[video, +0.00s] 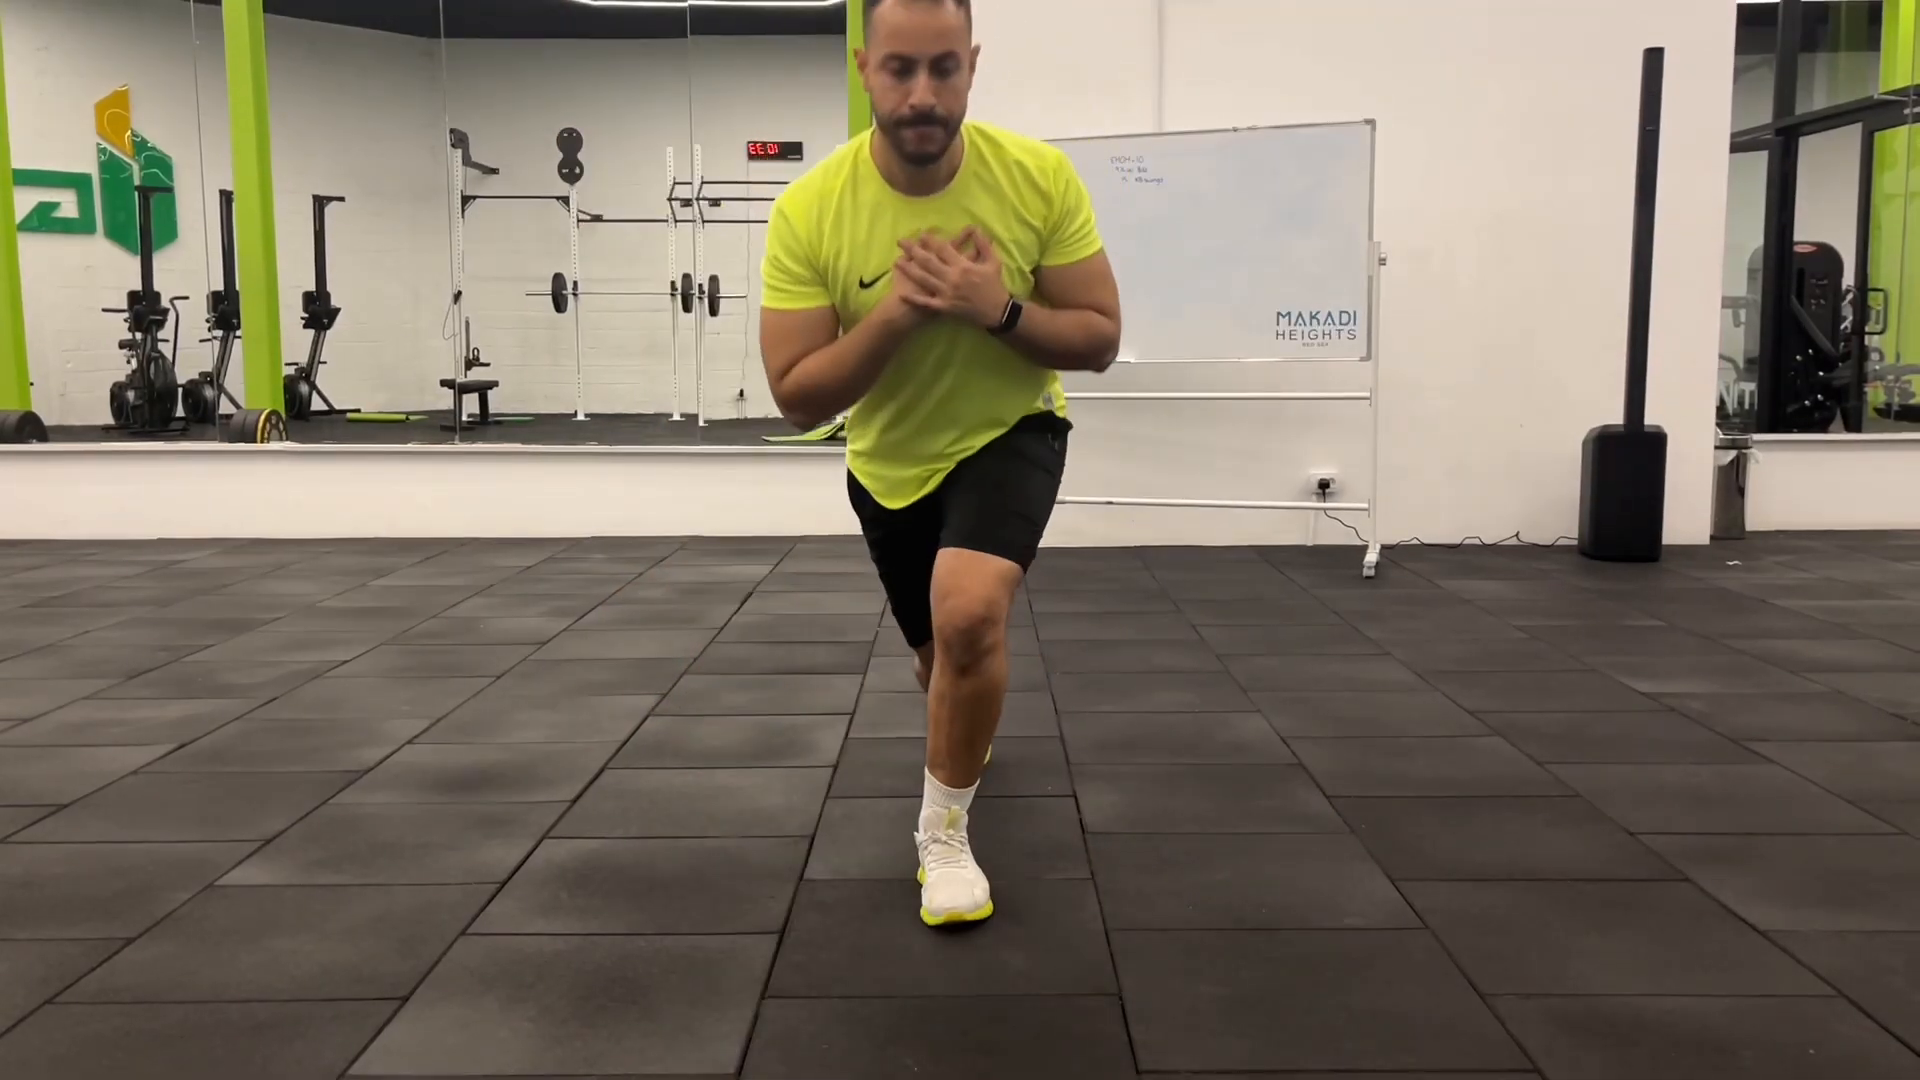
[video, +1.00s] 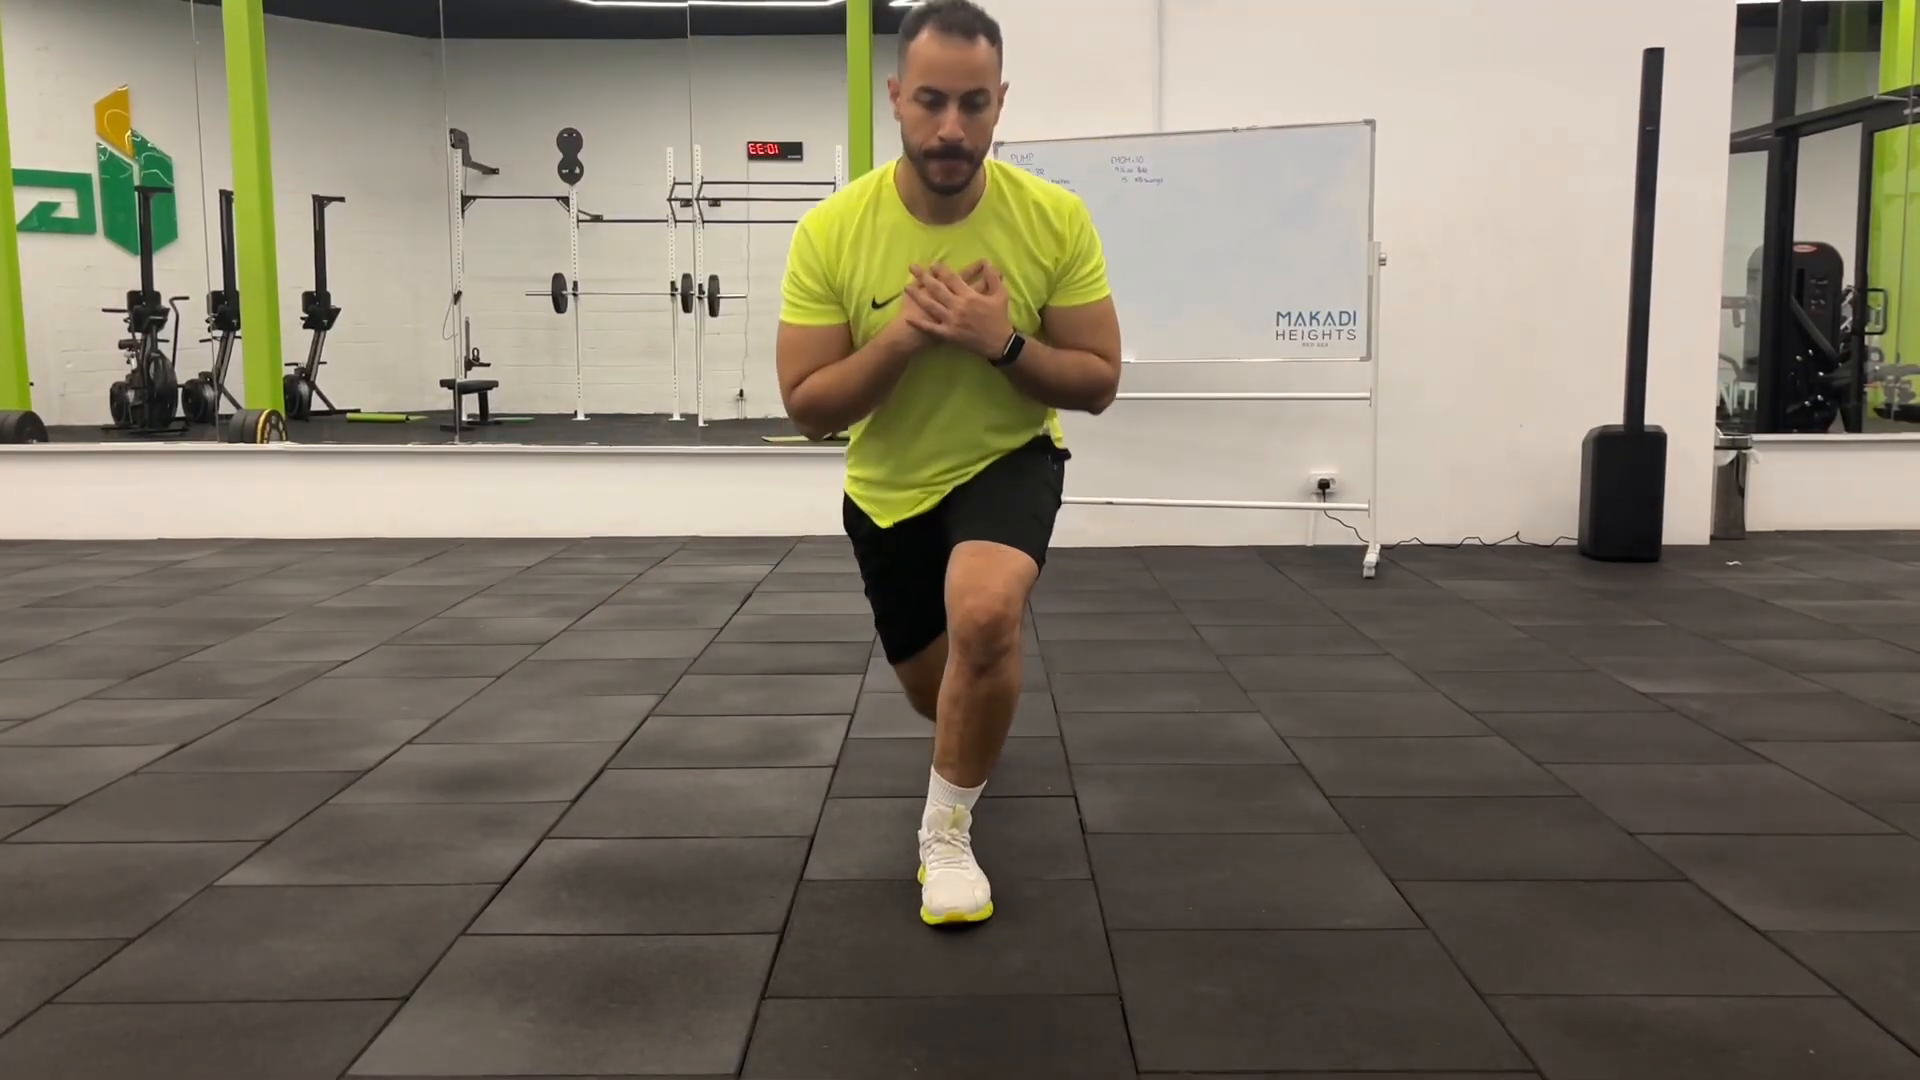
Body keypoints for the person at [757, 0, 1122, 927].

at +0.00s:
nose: (922, 94)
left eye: (943, 68)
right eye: (898, 69)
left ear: (972, 67)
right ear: (862, 73)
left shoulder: (1038, 179)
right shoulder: (809, 213)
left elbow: (1098, 337)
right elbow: (797, 397)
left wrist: (1002, 312)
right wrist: (895, 313)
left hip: (1009, 424)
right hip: (889, 452)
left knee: (967, 620)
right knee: (935, 658)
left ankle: (945, 830)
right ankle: (963, 750)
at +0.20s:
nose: (917, 173)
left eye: (938, 146)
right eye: (894, 147)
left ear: (968, 143)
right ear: (862, 147)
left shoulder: (1036, 251)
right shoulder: (813, 283)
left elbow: (1096, 408)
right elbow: (807, 460)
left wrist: (994, 377)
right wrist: (894, 379)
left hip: (1015, 477)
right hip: (897, 516)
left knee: (966, 623)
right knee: (937, 698)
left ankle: (944, 829)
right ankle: (967, 758)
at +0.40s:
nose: (928, 205)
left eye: (948, 179)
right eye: (906, 179)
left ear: (975, 177)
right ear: (874, 179)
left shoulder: (1040, 285)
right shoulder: (821, 316)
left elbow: (1094, 441)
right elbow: (810, 491)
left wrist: (999, 408)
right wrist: (900, 405)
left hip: (1013, 506)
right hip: (895, 541)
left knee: (975, 623)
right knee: (928, 750)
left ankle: (945, 829)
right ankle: (961, 762)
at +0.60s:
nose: (937, 213)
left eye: (957, 188)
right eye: (916, 189)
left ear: (982, 188)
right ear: (882, 191)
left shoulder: (1042, 299)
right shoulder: (826, 325)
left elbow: (1094, 453)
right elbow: (811, 499)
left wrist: (1002, 418)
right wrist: (904, 412)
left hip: (1012, 515)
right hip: (896, 552)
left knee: (984, 617)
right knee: (926, 768)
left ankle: (945, 832)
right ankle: (958, 751)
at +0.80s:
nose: (941, 193)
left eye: (961, 168)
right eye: (919, 168)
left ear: (986, 170)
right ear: (886, 171)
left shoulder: (1046, 282)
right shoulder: (828, 307)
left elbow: (1096, 437)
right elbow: (816, 480)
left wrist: (1004, 400)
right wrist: (903, 399)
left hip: (1013, 501)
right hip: (897, 536)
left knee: (989, 616)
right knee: (929, 759)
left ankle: (948, 832)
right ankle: (966, 746)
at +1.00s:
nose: (951, 130)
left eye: (974, 105)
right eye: (930, 102)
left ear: (1000, 103)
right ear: (896, 98)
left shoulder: (1054, 221)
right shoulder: (832, 232)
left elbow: (1099, 383)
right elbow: (809, 404)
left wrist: (1004, 342)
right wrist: (905, 332)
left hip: (1010, 453)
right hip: (889, 480)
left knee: (985, 618)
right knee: (930, 691)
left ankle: (948, 831)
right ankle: (978, 707)